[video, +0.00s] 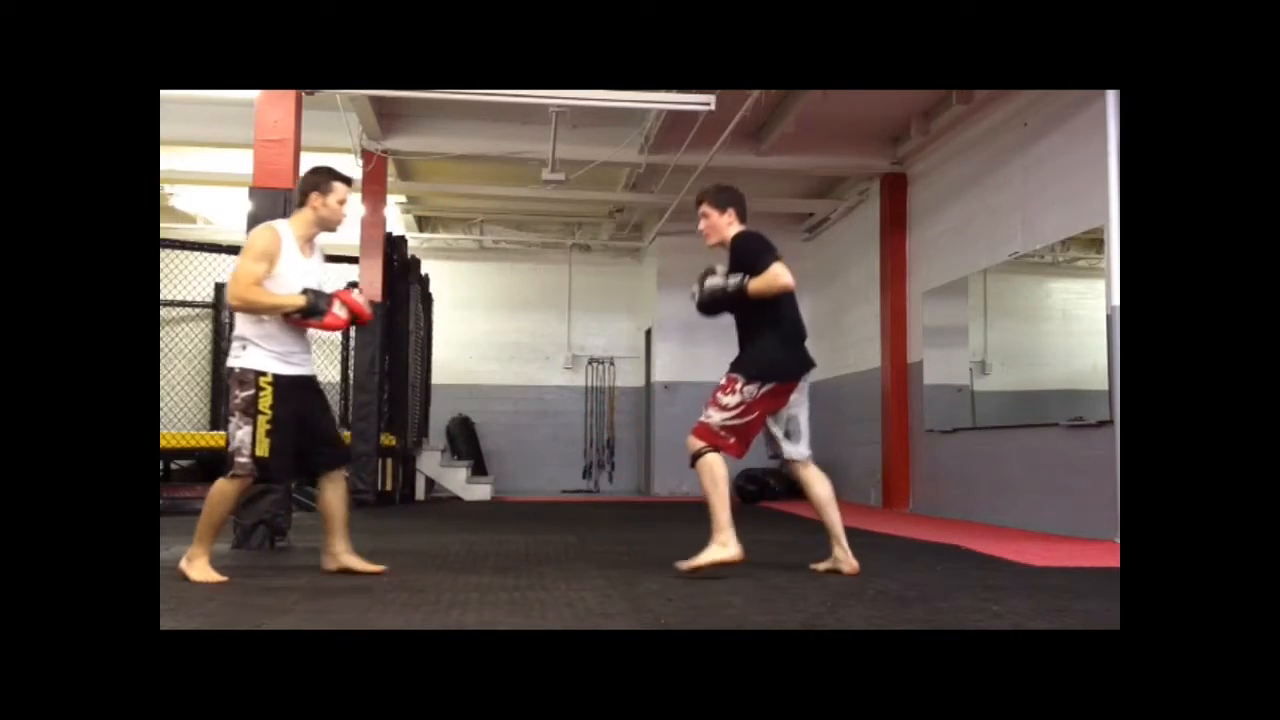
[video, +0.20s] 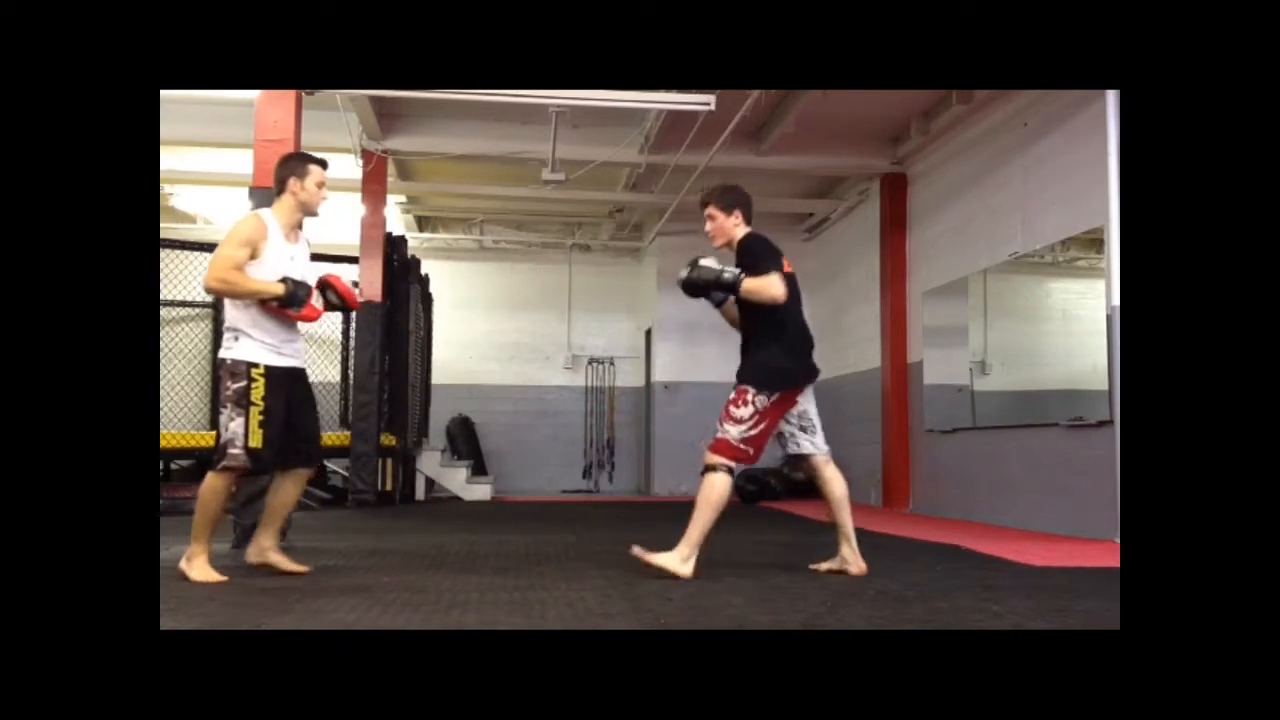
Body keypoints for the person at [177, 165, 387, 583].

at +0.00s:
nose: (345, 212)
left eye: (346, 204)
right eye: (341, 203)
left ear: (319, 203)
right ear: (315, 200)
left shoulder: (314, 252)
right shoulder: (267, 236)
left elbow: (295, 309)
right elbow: (239, 294)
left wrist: (336, 308)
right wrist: (305, 302)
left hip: (298, 372)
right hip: (256, 368)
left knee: (332, 461)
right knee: (246, 468)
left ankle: (337, 551)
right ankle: (196, 555)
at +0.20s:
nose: (324, 195)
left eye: (325, 187)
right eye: (319, 186)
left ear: (299, 188)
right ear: (292, 185)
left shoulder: (299, 239)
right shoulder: (254, 225)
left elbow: (286, 295)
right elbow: (217, 278)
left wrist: (321, 294)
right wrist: (282, 291)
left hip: (288, 363)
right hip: (247, 360)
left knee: (303, 458)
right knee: (234, 459)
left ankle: (264, 545)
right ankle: (195, 555)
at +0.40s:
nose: (325, 196)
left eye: (326, 189)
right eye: (320, 187)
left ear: (300, 192)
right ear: (293, 188)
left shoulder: (303, 244)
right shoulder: (253, 229)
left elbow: (292, 295)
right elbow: (215, 284)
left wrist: (322, 297)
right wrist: (279, 295)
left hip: (287, 363)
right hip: (248, 359)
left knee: (280, 464)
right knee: (242, 461)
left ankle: (254, 553)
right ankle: (199, 552)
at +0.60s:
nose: (334, 197)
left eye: (335, 190)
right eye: (329, 189)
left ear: (307, 192)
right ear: (302, 189)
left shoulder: (316, 247)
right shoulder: (258, 229)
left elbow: (305, 305)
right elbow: (212, 277)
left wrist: (325, 301)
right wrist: (274, 296)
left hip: (290, 358)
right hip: (254, 354)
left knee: (284, 460)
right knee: (264, 457)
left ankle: (254, 550)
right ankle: (227, 547)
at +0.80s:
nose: (338, 198)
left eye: (337, 191)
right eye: (332, 190)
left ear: (312, 193)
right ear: (307, 192)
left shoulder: (318, 249)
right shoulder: (267, 233)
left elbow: (312, 298)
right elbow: (225, 285)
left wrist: (329, 303)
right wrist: (287, 303)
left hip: (299, 365)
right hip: (262, 362)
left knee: (317, 463)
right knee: (266, 466)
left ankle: (267, 541)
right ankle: (242, 561)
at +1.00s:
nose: (352, 195)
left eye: (351, 187)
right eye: (345, 186)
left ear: (325, 191)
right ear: (319, 188)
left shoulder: (327, 243)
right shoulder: (285, 228)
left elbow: (319, 290)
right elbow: (250, 282)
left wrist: (343, 298)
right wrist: (308, 299)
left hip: (319, 366)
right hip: (279, 363)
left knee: (353, 454)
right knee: (274, 464)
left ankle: (353, 546)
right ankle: (243, 561)